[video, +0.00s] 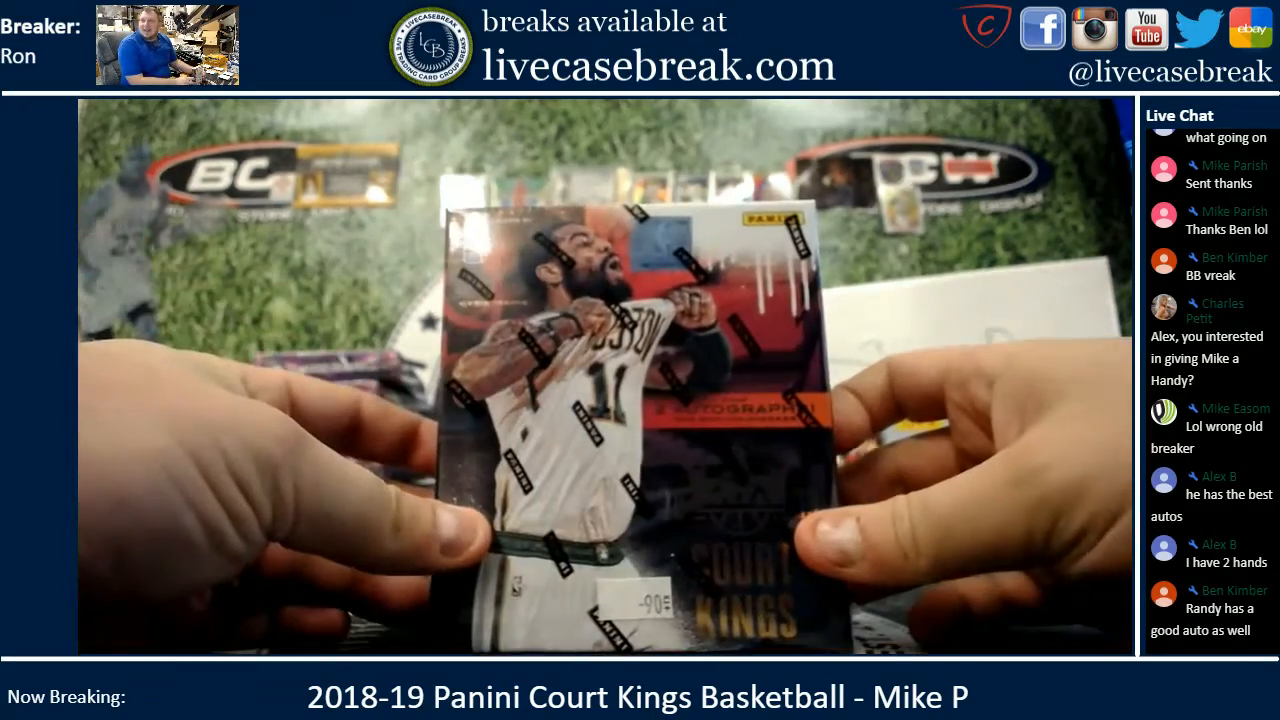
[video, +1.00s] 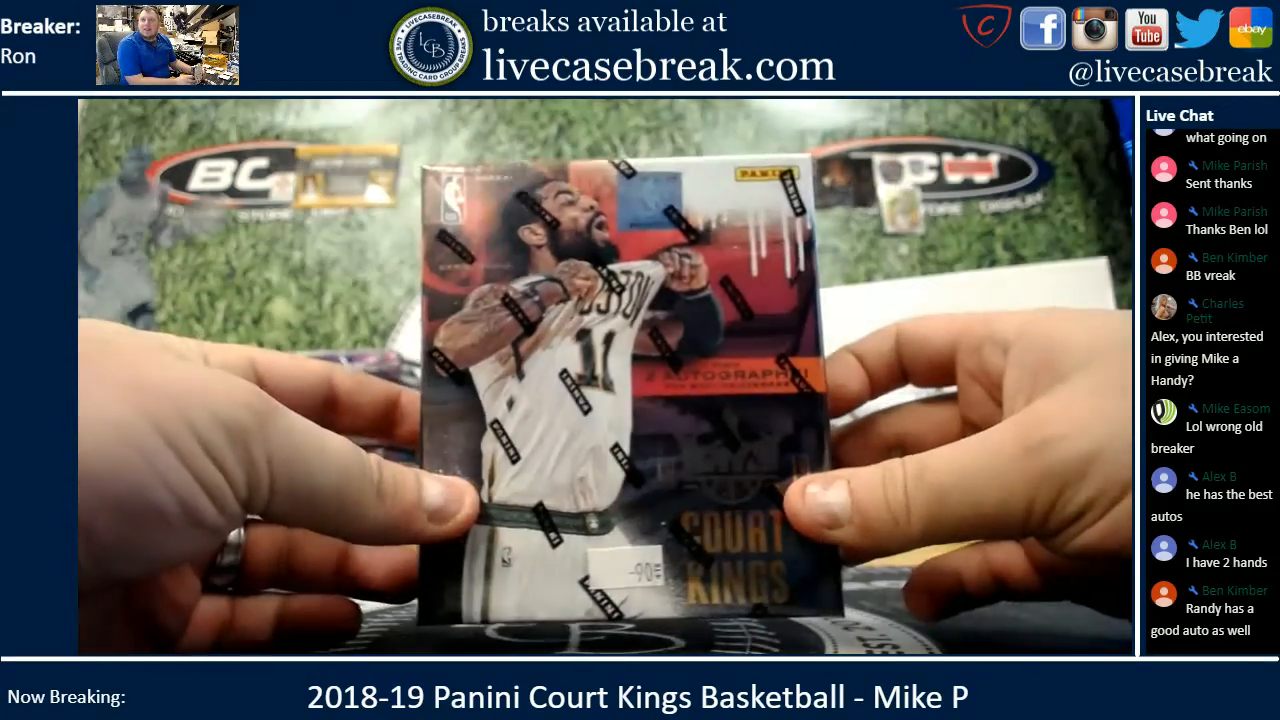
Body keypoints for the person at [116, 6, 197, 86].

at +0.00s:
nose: (146, 25)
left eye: (151, 21)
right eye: (142, 20)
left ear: (160, 24)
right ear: (138, 22)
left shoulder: (165, 40)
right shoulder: (129, 44)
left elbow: (174, 62)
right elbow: (136, 81)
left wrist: (194, 70)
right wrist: (177, 81)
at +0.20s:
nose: (145, 25)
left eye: (151, 21)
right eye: (142, 21)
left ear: (159, 24)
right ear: (137, 23)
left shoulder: (164, 40)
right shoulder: (128, 45)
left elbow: (174, 62)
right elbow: (136, 81)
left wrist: (194, 71)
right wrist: (177, 81)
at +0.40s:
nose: (145, 25)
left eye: (151, 21)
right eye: (142, 21)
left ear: (159, 24)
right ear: (138, 23)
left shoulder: (164, 40)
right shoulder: (128, 45)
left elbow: (174, 62)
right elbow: (136, 81)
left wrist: (194, 71)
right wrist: (177, 81)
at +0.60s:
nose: (146, 25)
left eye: (151, 21)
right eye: (142, 20)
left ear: (159, 24)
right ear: (137, 23)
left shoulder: (164, 40)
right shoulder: (128, 45)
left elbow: (174, 62)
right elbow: (136, 82)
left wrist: (193, 70)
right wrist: (177, 81)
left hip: (167, 92)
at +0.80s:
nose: (146, 24)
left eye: (151, 20)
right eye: (143, 20)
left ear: (159, 23)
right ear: (138, 23)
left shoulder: (164, 40)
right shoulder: (128, 45)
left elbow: (174, 62)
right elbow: (136, 81)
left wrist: (194, 70)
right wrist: (176, 81)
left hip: (167, 92)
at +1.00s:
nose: (146, 24)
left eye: (152, 20)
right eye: (143, 20)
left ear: (159, 24)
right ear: (138, 23)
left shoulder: (164, 40)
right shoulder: (128, 45)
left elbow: (174, 62)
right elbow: (136, 82)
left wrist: (194, 70)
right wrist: (177, 81)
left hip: (167, 93)